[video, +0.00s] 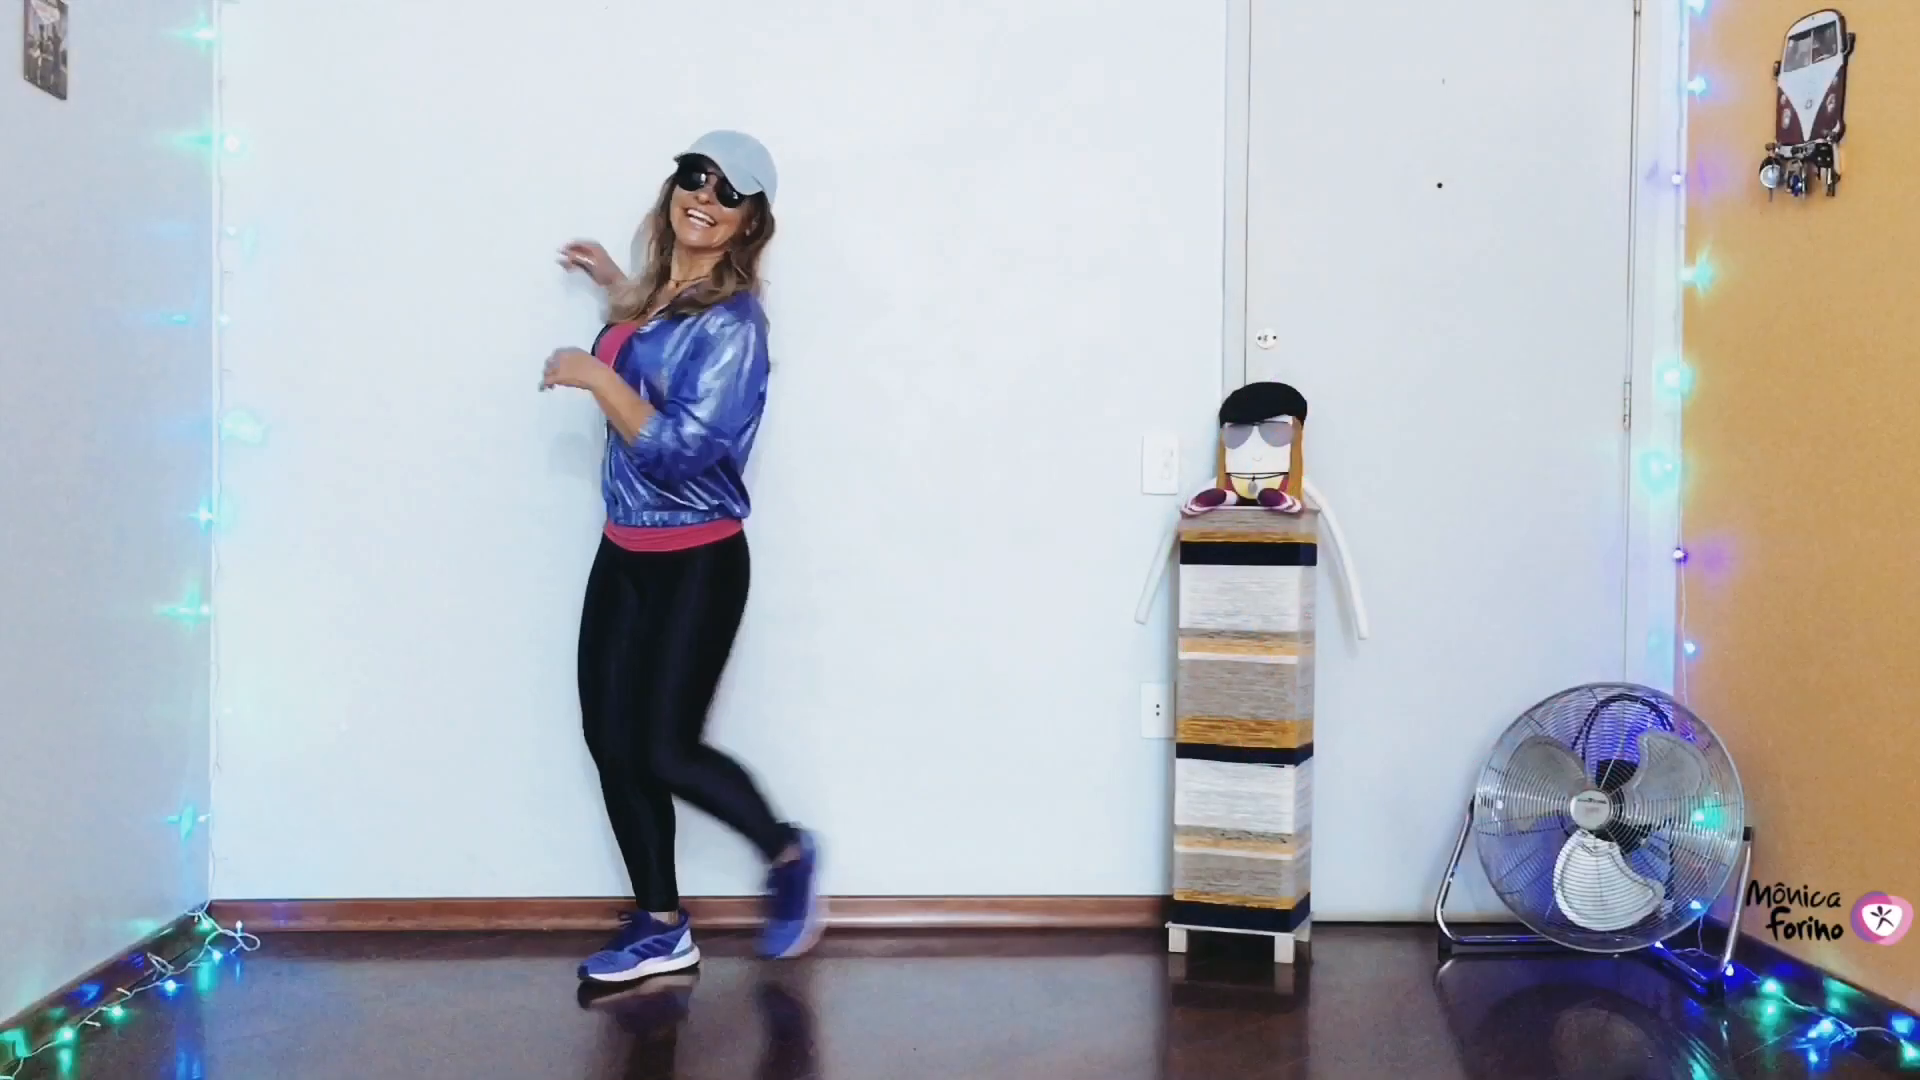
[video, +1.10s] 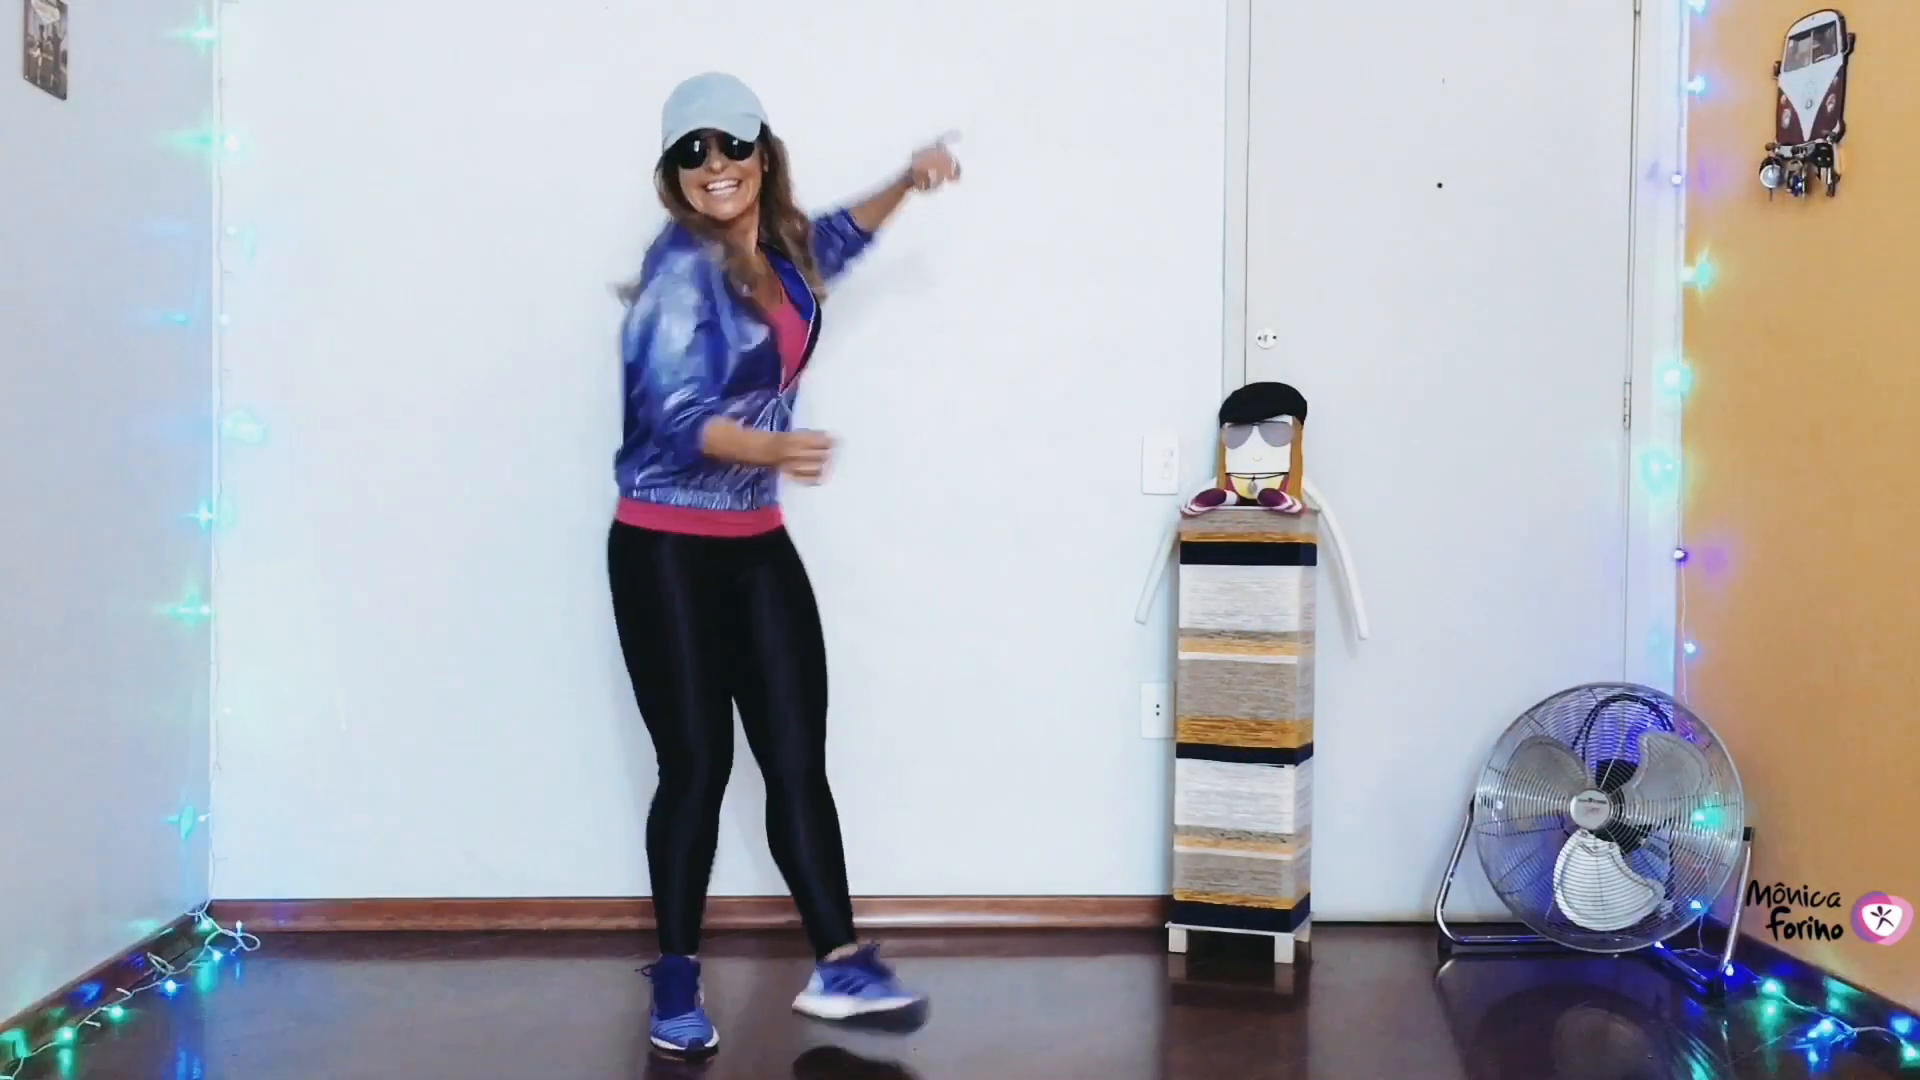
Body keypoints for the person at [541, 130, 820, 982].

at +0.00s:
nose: (704, 201)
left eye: (727, 198)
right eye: (694, 183)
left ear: (748, 225)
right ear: (671, 196)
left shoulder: (735, 325)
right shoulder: (658, 302)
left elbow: (683, 453)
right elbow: (645, 381)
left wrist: (600, 380)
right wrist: (618, 296)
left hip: (699, 563)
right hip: (626, 558)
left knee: (664, 748)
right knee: (612, 743)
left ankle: (787, 852)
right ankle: (662, 926)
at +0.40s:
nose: (683, 190)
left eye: (706, 179)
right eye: (670, 172)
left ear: (733, 200)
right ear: (647, 186)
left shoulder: (729, 286)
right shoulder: (639, 296)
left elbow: (754, 369)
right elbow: (641, 419)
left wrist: (633, 354)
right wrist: (582, 379)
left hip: (703, 547)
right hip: (627, 546)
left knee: (703, 734)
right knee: (643, 734)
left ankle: (776, 948)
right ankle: (661, 922)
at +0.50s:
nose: (687, 191)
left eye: (708, 178)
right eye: (671, 173)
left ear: (739, 195)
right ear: (649, 188)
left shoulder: (754, 276)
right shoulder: (648, 293)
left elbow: (835, 329)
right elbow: (623, 397)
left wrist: (708, 323)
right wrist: (548, 345)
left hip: (722, 559)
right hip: (640, 555)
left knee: (726, 750)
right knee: (635, 736)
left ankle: (791, 975)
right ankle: (657, 921)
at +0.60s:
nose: (692, 187)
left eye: (713, 173)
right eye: (675, 170)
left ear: (739, 190)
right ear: (650, 186)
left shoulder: (776, 270)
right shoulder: (654, 306)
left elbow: (904, 314)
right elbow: (606, 412)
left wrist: (815, 292)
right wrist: (517, 355)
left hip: (770, 562)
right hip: (683, 562)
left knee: (757, 770)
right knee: (579, 721)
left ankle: (799, 994)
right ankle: (634, 894)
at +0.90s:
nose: (715, 195)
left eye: (735, 178)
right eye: (694, 178)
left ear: (765, 193)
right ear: (669, 195)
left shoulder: (825, 291)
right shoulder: (640, 315)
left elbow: (923, 333)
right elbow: (633, 465)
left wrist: (948, 278)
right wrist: (584, 447)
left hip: (808, 572)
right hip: (698, 576)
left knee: (801, 783)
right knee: (620, 745)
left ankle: (803, 999)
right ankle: (687, 925)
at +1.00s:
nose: (712, 185)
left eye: (730, 166)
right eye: (691, 171)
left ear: (762, 176)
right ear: (670, 188)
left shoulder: (801, 277)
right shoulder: (646, 293)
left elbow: (866, 300)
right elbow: (638, 411)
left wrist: (921, 249)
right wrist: (657, 446)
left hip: (789, 564)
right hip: (680, 570)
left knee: (807, 779)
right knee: (685, 782)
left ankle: (809, 992)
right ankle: (680, 975)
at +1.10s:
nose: (718, 169)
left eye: (734, 148)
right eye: (694, 156)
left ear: (765, 155)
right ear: (673, 177)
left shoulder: (786, 250)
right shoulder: (680, 271)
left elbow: (837, 235)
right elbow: (674, 416)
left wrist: (904, 184)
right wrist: (766, 448)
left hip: (755, 541)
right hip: (665, 547)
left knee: (798, 753)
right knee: (695, 763)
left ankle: (840, 962)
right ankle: (677, 979)